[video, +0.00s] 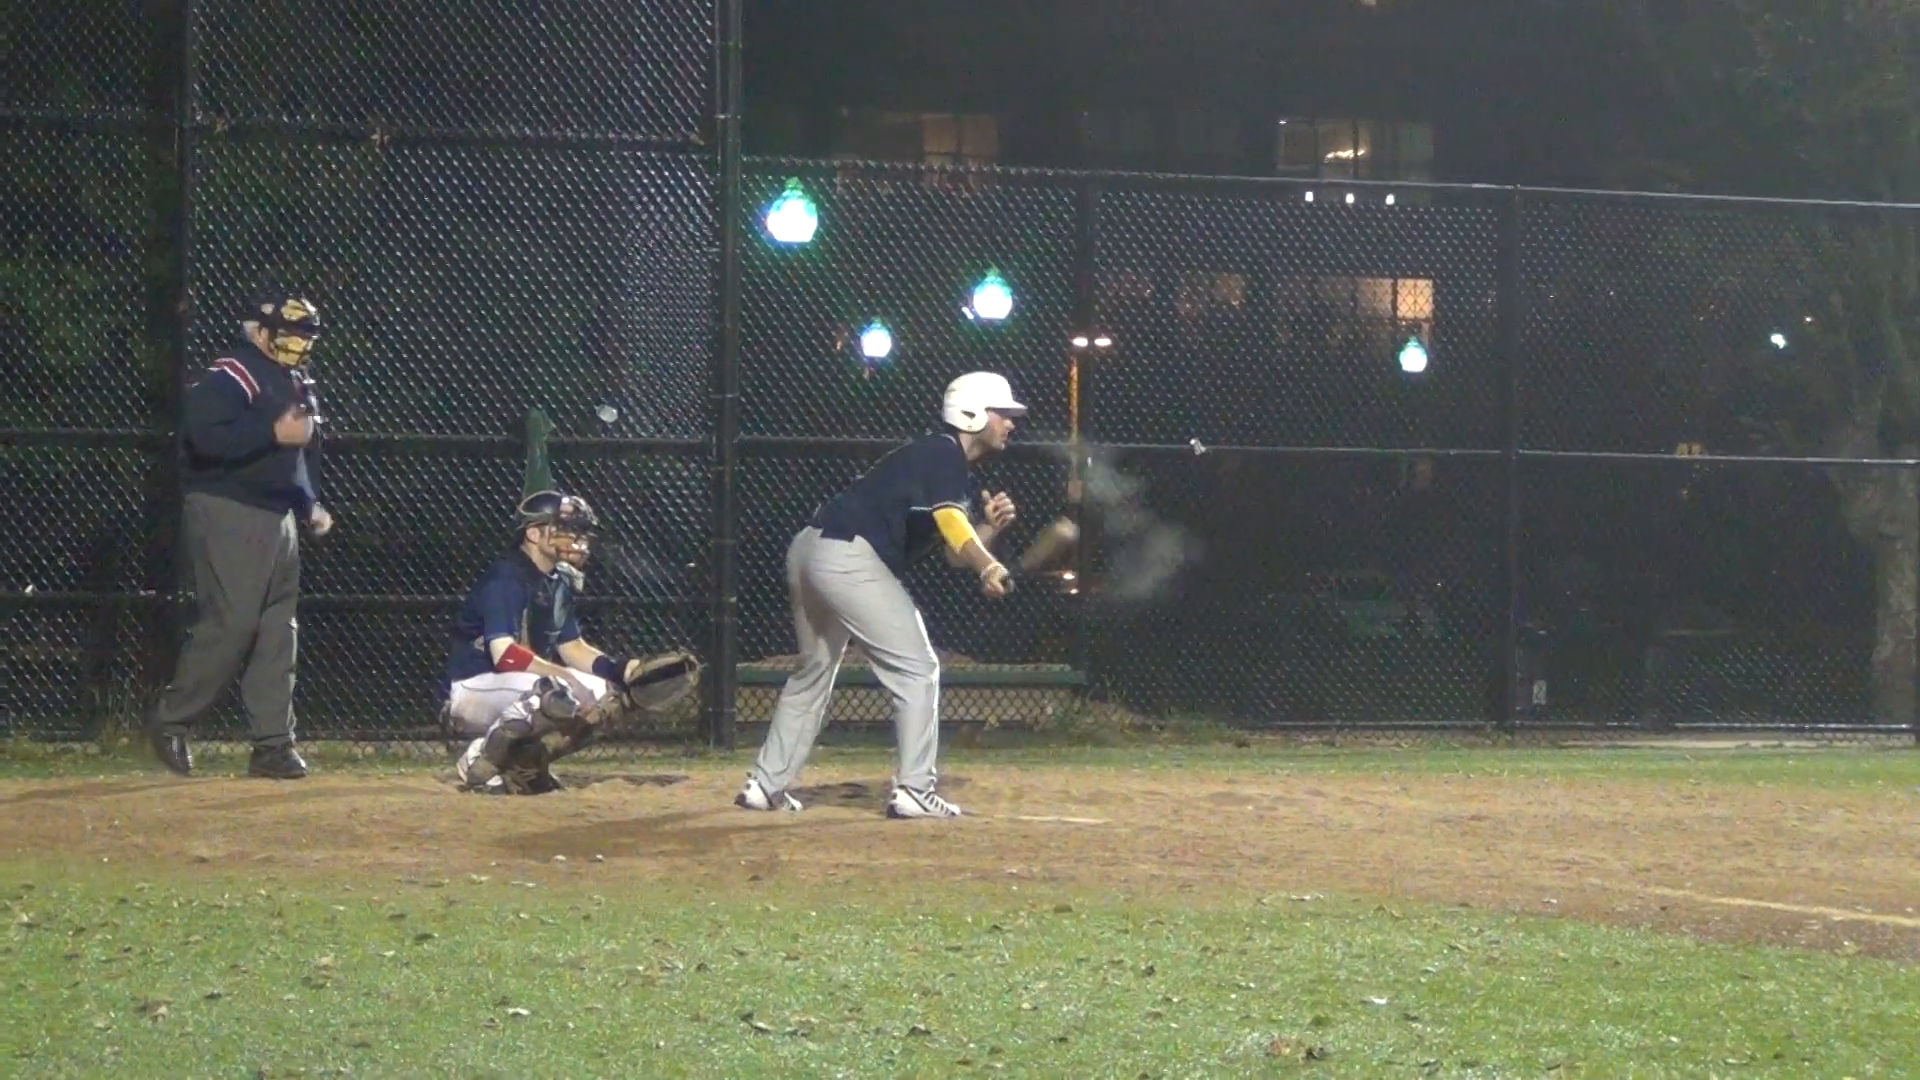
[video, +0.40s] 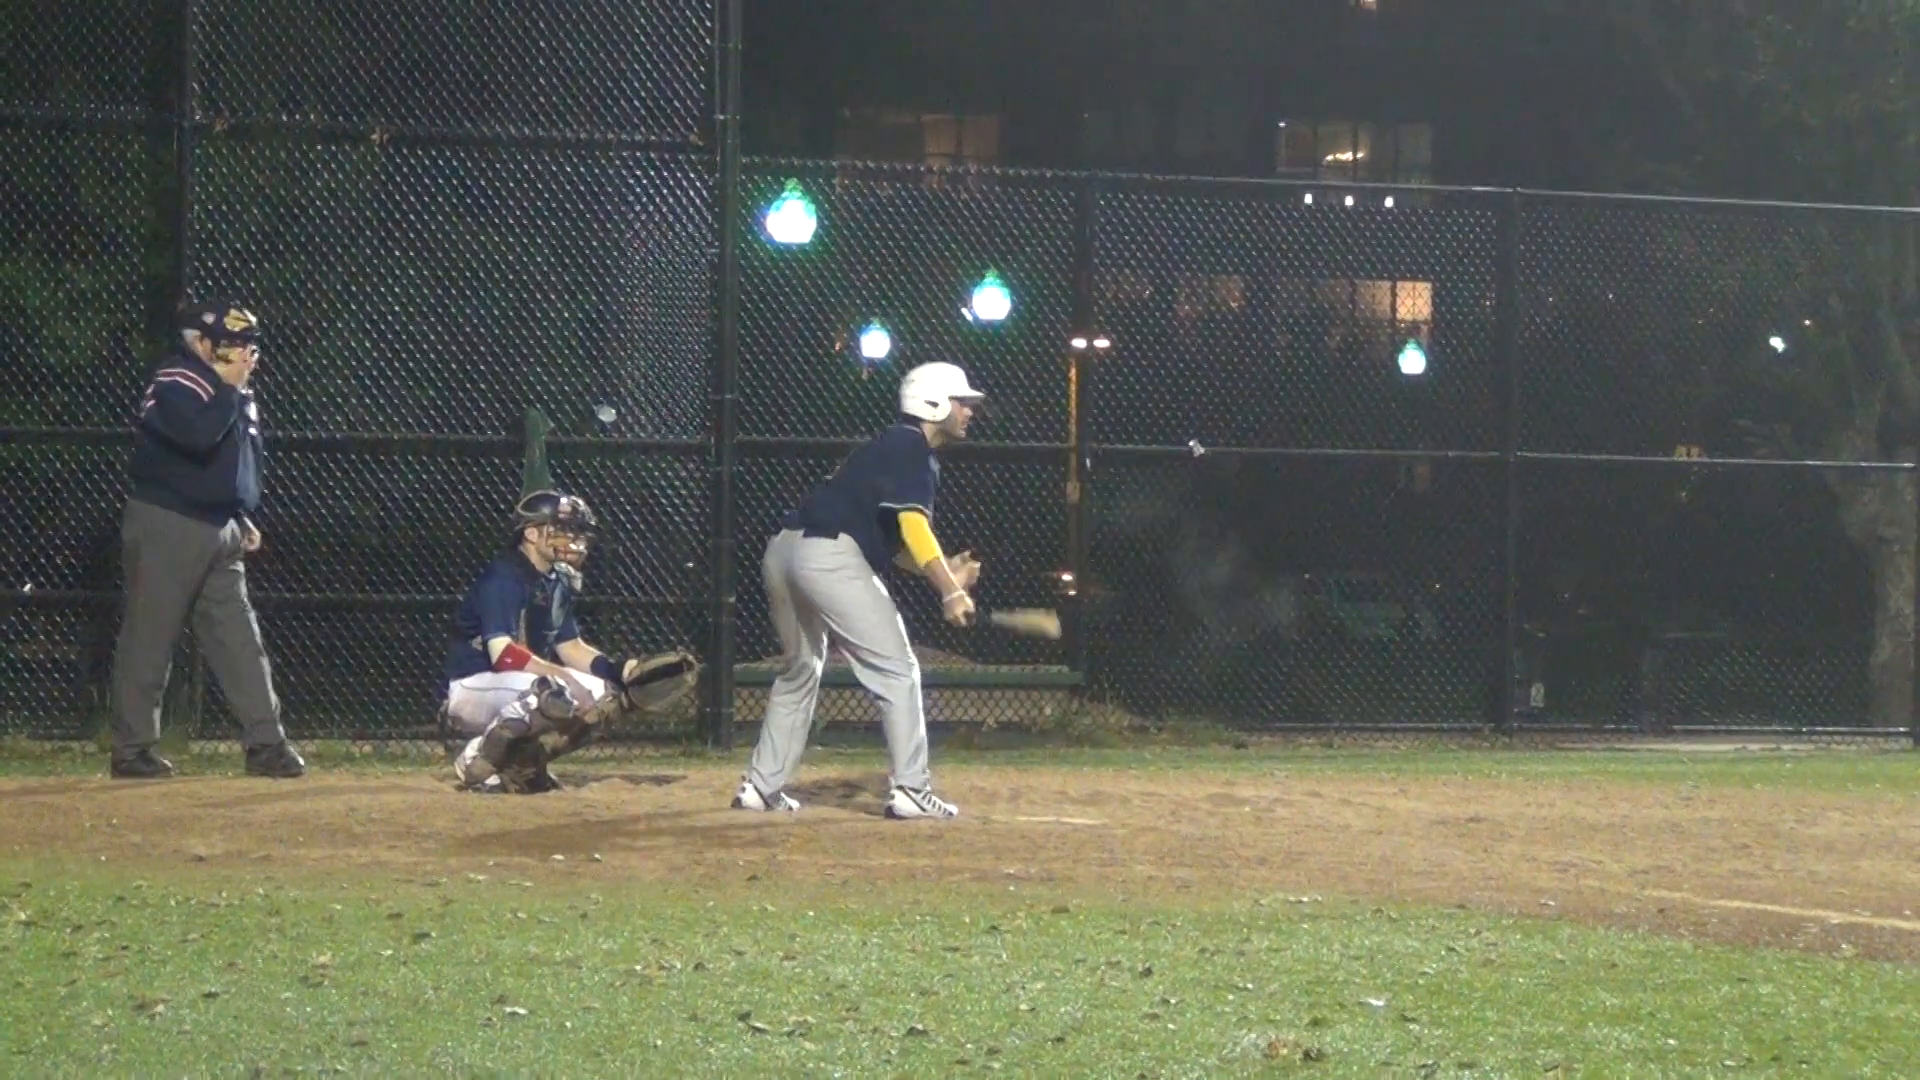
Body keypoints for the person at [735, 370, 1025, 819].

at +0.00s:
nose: (1012, 424)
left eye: (1011, 416)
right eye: (1003, 415)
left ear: (970, 419)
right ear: (974, 417)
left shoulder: (925, 454)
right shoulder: (945, 455)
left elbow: (955, 554)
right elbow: (953, 527)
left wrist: (988, 529)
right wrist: (988, 564)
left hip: (807, 546)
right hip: (847, 553)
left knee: (814, 670)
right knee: (918, 669)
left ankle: (765, 784)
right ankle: (915, 791)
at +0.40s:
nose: (970, 413)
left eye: (969, 404)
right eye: (961, 403)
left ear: (924, 407)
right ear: (933, 405)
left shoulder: (883, 444)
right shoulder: (913, 450)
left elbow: (890, 543)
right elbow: (914, 527)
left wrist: (943, 574)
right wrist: (951, 590)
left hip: (782, 548)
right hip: (831, 552)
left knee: (800, 670)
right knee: (897, 671)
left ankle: (761, 786)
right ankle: (912, 790)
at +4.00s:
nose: (889, 409)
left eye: (888, 400)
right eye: (882, 400)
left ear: (834, 401)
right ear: (857, 403)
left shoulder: (788, 441)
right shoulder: (872, 452)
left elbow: (815, 493)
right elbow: (916, 515)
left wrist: (872, 460)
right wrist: (896, 467)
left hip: (761, 584)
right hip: (820, 585)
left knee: (792, 683)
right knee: (898, 691)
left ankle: (751, 790)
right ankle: (906, 794)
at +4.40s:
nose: (883, 408)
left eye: (882, 399)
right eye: (876, 399)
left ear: (826, 402)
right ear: (853, 403)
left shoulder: (781, 440)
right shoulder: (872, 452)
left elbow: (802, 493)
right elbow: (909, 513)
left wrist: (868, 498)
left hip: (766, 586)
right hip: (829, 587)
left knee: (791, 683)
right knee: (901, 694)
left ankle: (754, 789)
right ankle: (906, 792)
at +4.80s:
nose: (897, 407)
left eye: (896, 398)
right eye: (890, 398)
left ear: (845, 403)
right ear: (865, 402)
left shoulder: (802, 447)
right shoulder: (882, 445)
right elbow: (939, 493)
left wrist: (885, 440)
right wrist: (909, 446)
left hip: (787, 589)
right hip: (847, 587)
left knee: (811, 687)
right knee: (924, 692)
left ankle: (756, 790)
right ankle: (910, 793)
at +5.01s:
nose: (900, 412)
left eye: (899, 403)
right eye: (893, 403)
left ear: (848, 408)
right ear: (866, 406)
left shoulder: (801, 450)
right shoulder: (882, 454)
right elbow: (939, 506)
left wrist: (879, 453)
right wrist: (915, 464)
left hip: (782, 592)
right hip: (842, 591)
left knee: (810, 688)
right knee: (922, 693)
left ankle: (756, 791)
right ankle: (911, 793)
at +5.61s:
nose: (871, 413)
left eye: (870, 404)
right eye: (865, 403)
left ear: (815, 400)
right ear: (843, 403)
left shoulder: (765, 432)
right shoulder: (863, 454)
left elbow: (695, 434)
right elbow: (857, 507)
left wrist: (736, 424)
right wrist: (870, 510)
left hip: (767, 578)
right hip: (831, 573)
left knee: (776, 680)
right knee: (907, 666)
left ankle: (754, 786)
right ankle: (925, 729)